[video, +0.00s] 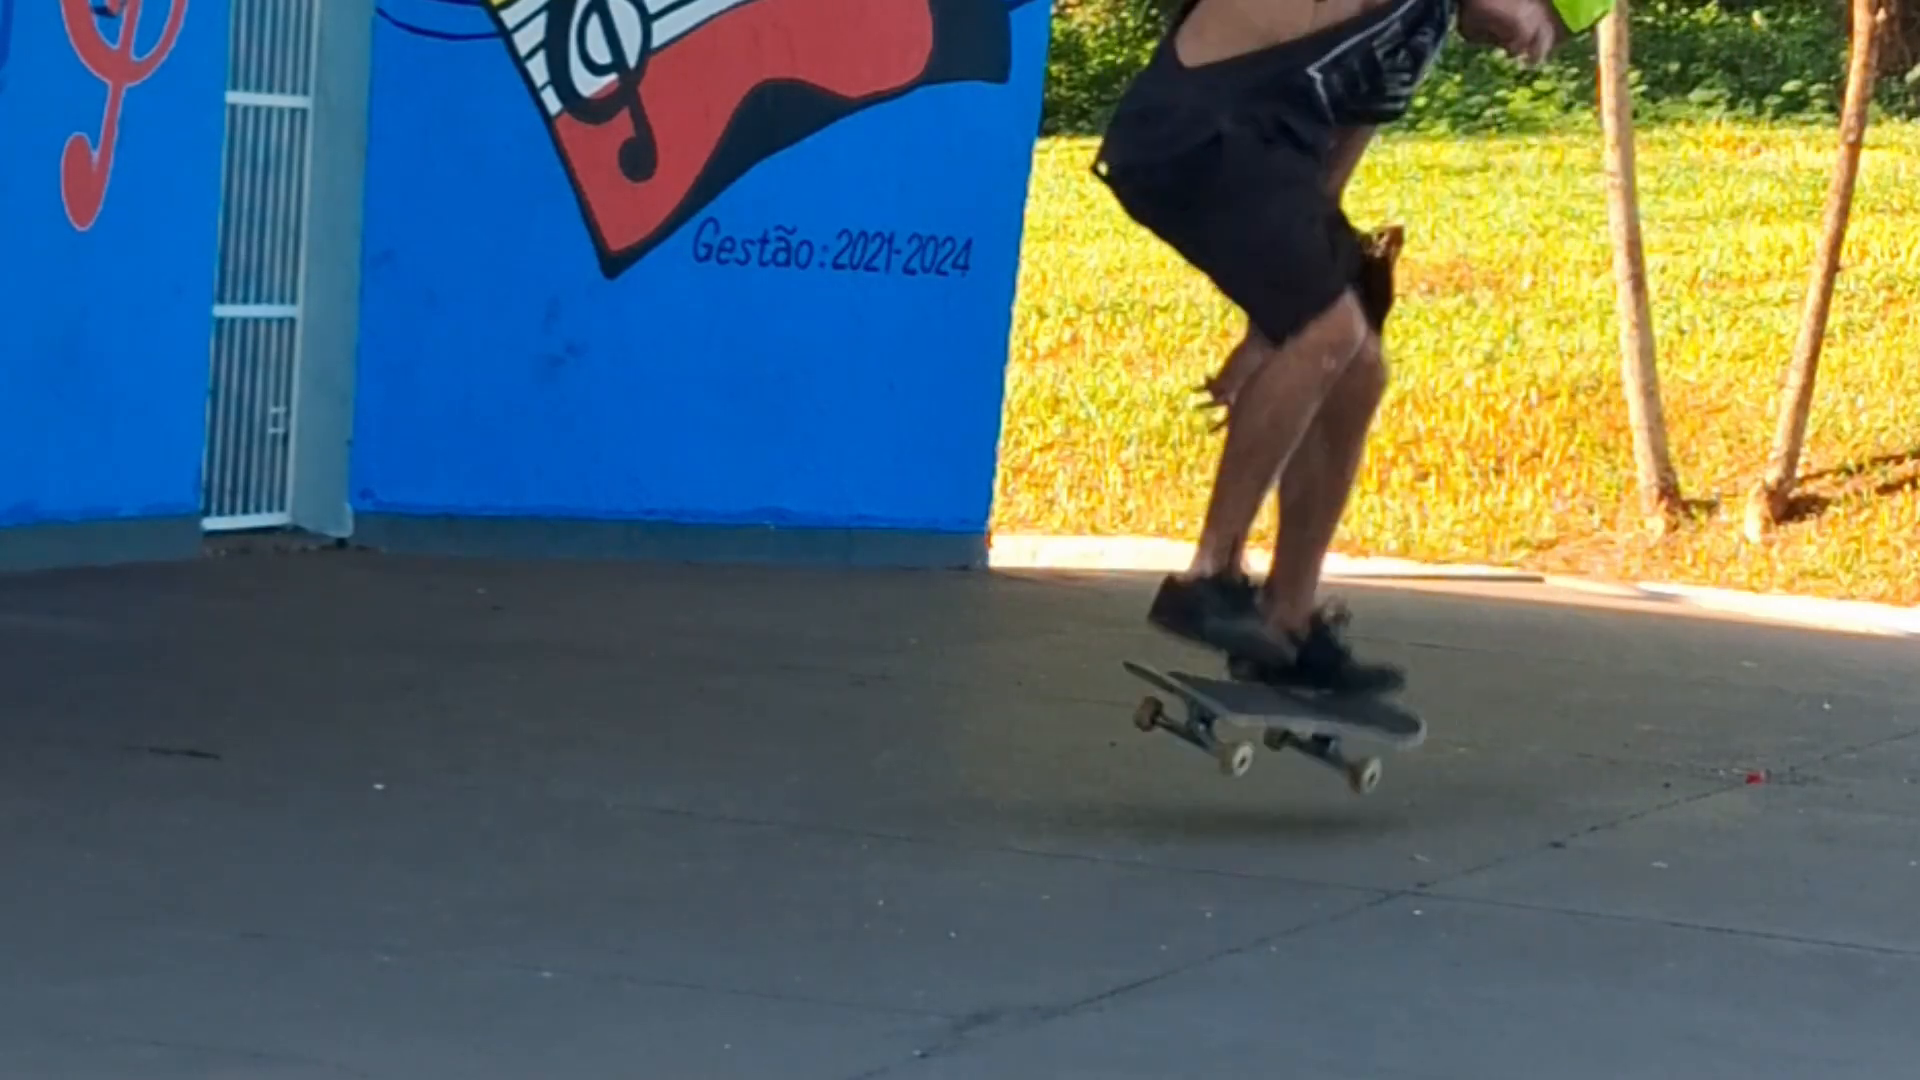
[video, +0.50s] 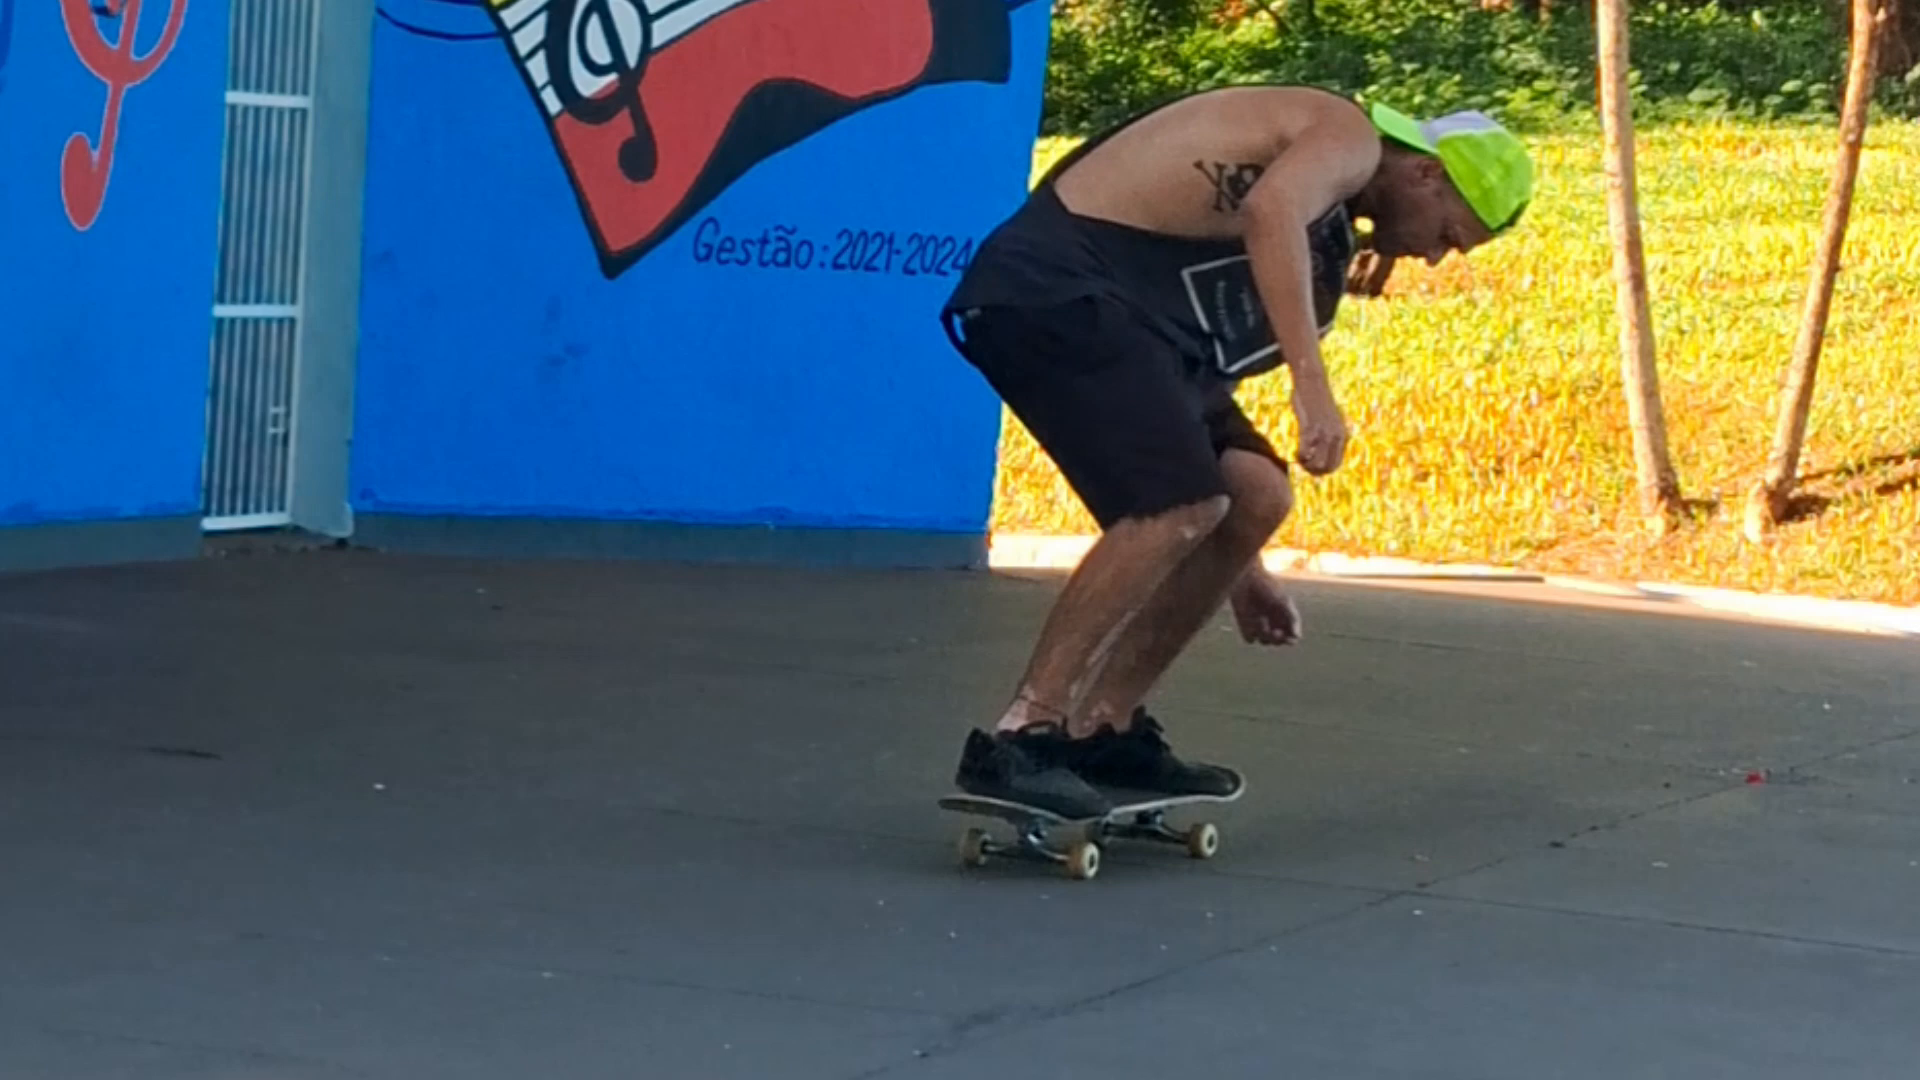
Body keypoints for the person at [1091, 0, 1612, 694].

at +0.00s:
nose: (1524, 43)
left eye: (1532, 39)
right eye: (1528, 30)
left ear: (1489, 10)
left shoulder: (1410, 35)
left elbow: (1326, 182)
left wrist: (1261, 335)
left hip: (1254, 154)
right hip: (1188, 134)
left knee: (1358, 369)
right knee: (1325, 328)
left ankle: (1286, 623)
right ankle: (1207, 577)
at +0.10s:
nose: (1515, 127)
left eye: (1531, 120)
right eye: (1526, 108)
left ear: (1501, 59)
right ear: (1504, 51)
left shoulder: (1417, 137)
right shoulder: (1398, 24)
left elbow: (1340, 299)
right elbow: (1304, 54)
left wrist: (1312, 421)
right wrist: (1401, 202)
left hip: (1255, 301)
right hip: (1172, 273)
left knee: (1336, 485)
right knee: (1277, 479)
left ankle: (1229, 718)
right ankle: (1156, 720)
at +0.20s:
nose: (1500, 211)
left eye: (1518, 202)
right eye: (1512, 188)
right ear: (1482, 132)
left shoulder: (1381, 236)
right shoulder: (1385, 104)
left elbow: (1295, 374)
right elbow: (1311, 187)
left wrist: (1328, 551)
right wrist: (1348, 358)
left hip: (1209, 323)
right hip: (1133, 298)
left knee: (1335, 491)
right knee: (1274, 486)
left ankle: (1207, 717)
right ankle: (1135, 723)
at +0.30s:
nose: (1475, 254)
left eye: (1491, 246)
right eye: (1487, 235)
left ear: (1463, 182)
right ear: (1465, 177)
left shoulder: (1362, 249)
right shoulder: (1374, 141)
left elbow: (1283, 405)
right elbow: (1305, 223)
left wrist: (1318, 572)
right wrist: (1324, 390)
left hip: (1177, 323)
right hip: (1103, 305)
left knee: (1309, 501)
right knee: (1247, 496)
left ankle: (1172, 720)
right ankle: (1098, 724)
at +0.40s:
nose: (1458, 266)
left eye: (1475, 258)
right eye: (1469, 244)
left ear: (1446, 193)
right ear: (1446, 182)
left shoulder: (1341, 260)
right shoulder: (1366, 148)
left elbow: (1239, 400)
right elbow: (1295, 219)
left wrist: (1289, 575)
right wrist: (1321, 392)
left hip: (1142, 322)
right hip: (1075, 302)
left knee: (1278, 500)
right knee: (1215, 503)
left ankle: (1137, 725)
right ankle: (1058, 732)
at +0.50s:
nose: (1438, 259)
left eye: (1455, 251)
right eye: (1450, 237)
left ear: (1427, 184)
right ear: (1428, 174)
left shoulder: (1315, 250)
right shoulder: (1349, 137)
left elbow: (1184, 361)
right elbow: (1269, 209)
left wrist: (1239, 563)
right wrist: (1312, 385)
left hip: (1124, 318)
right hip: (1051, 288)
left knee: (1255, 493)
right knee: (1180, 502)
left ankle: (1102, 728)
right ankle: (1020, 733)